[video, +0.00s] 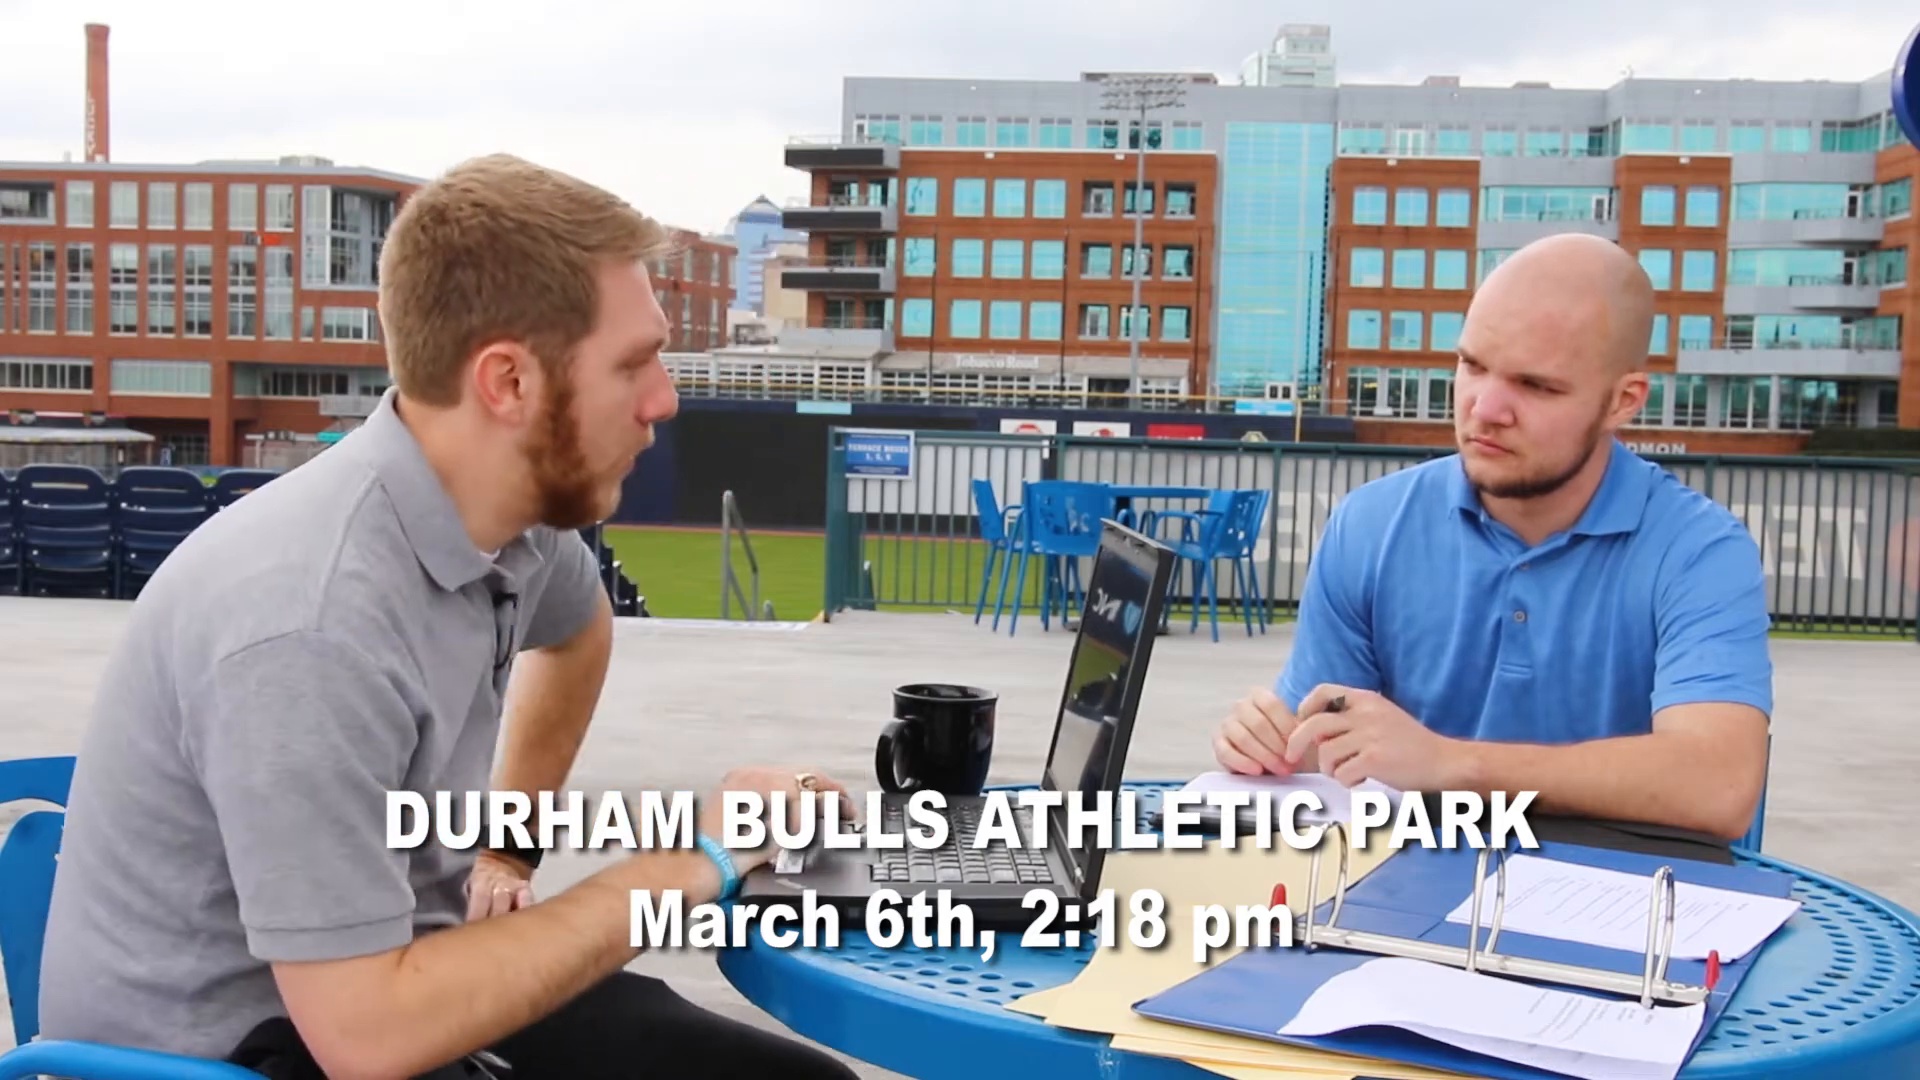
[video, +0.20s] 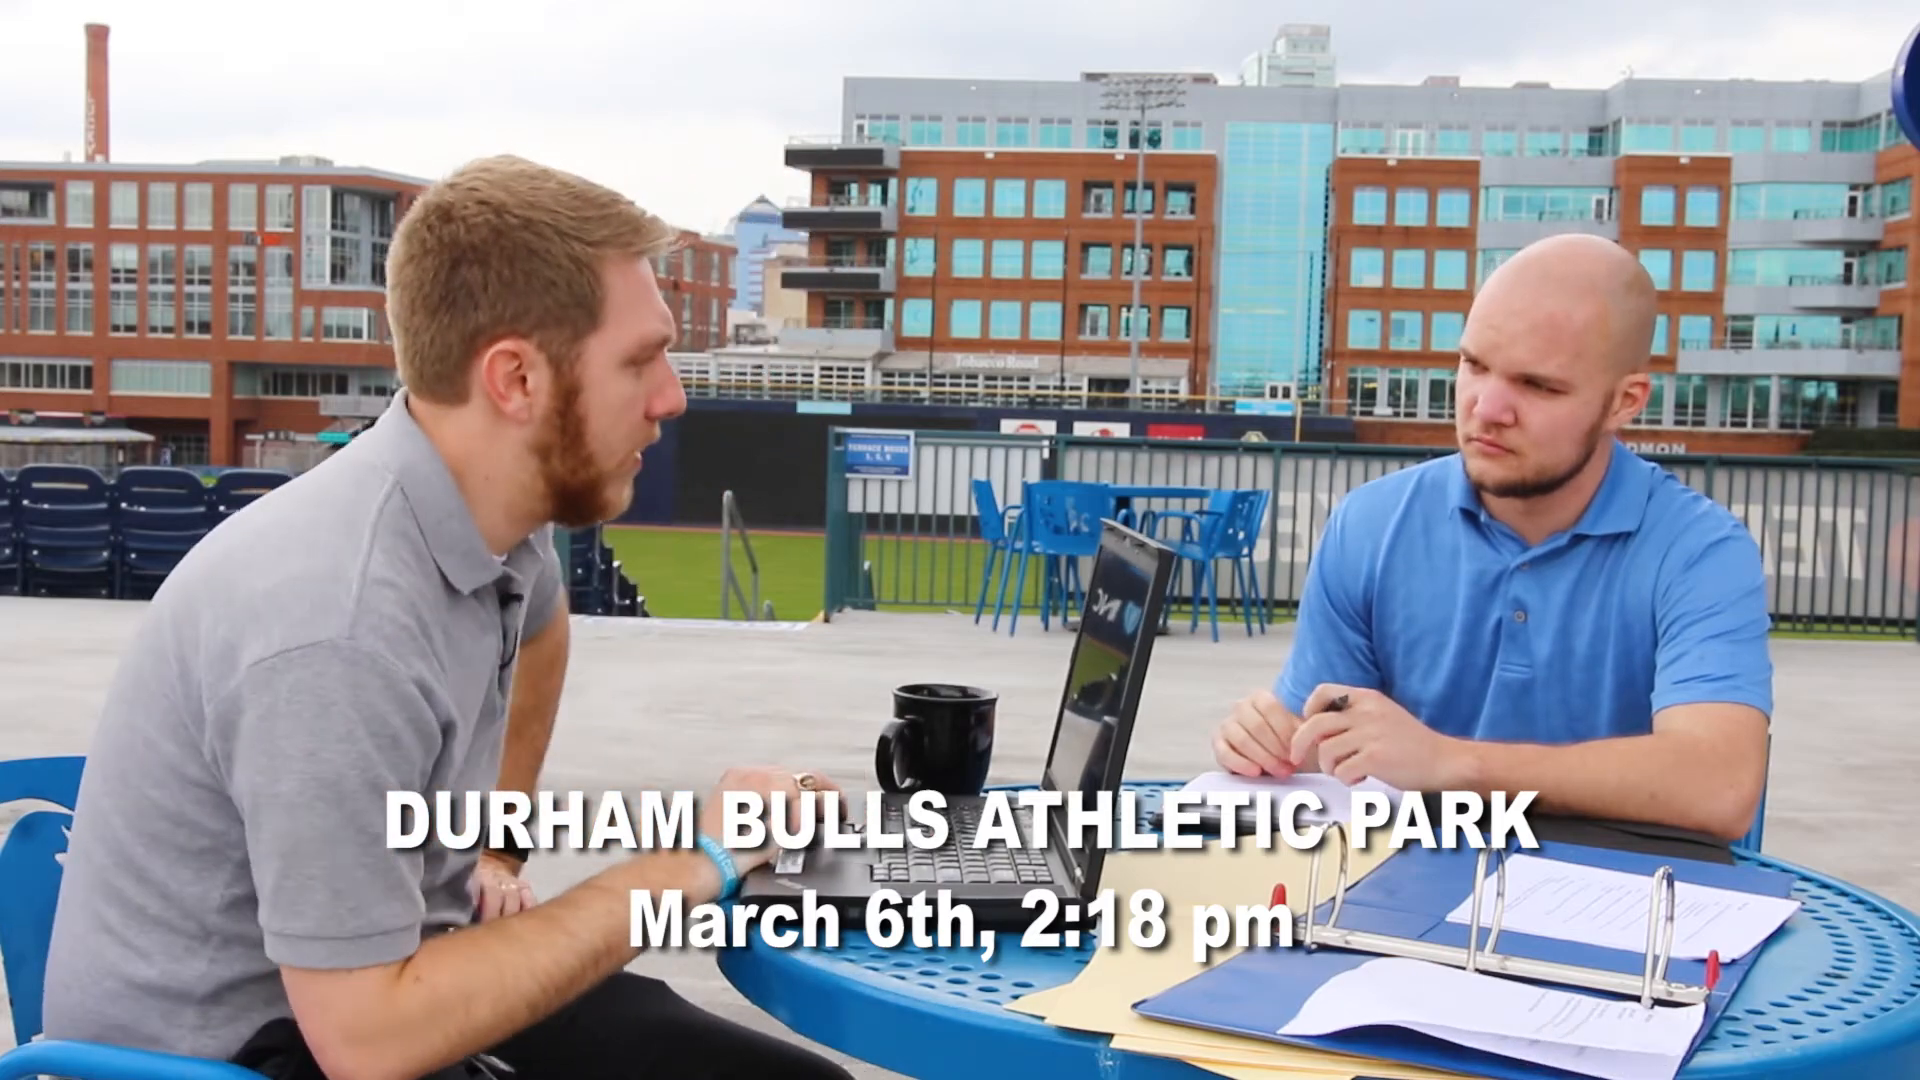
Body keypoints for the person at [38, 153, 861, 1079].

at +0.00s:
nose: (665, 405)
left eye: (658, 361)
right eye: (637, 366)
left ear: (505, 390)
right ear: (506, 385)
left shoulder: (503, 516)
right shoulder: (301, 626)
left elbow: (576, 631)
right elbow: (370, 1030)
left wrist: (508, 837)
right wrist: (689, 852)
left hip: (407, 953)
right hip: (212, 1041)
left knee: (814, 1072)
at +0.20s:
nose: (675, 400)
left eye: (665, 357)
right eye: (643, 362)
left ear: (515, 386)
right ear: (515, 382)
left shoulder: (483, 507)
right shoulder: (329, 631)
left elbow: (542, 632)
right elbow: (369, 1036)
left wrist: (494, 836)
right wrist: (693, 857)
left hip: (399, 954)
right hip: (217, 1046)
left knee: (812, 1075)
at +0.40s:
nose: (694, 417)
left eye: (686, 375)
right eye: (664, 381)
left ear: (541, 399)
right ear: (539, 396)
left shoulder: (461, 511)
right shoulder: (361, 641)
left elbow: (516, 642)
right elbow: (379, 1047)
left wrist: (479, 839)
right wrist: (693, 858)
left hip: (371, 962)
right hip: (217, 1045)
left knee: (808, 1073)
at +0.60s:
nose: (703, 422)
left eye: (697, 384)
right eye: (678, 389)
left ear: (554, 409)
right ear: (554, 407)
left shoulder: (493, 514)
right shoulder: (353, 655)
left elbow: (557, 629)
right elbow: (381, 1050)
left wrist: (492, 835)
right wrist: (692, 856)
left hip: (393, 960)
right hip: (221, 1045)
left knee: (804, 1069)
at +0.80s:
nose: (704, 427)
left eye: (698, 389)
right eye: (679, 395)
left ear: (549, 418)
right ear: (556, 415)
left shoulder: (485, 522)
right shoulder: (346, 660)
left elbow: (533, 643)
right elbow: (399, 1050)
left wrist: (481, 833)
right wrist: (712, 845)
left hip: (395, 953)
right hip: (218, 1043)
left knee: (791, 1061)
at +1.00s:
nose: (698, 422)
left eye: (693, 382)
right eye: (675, 388)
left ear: (544, 409)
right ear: (554, 406)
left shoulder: (473, 514)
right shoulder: (354, 667)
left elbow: (515, 652)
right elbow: (406, 1054)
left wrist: (479, 832)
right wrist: (699, 852)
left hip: (382, 953)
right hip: (217, 1044)